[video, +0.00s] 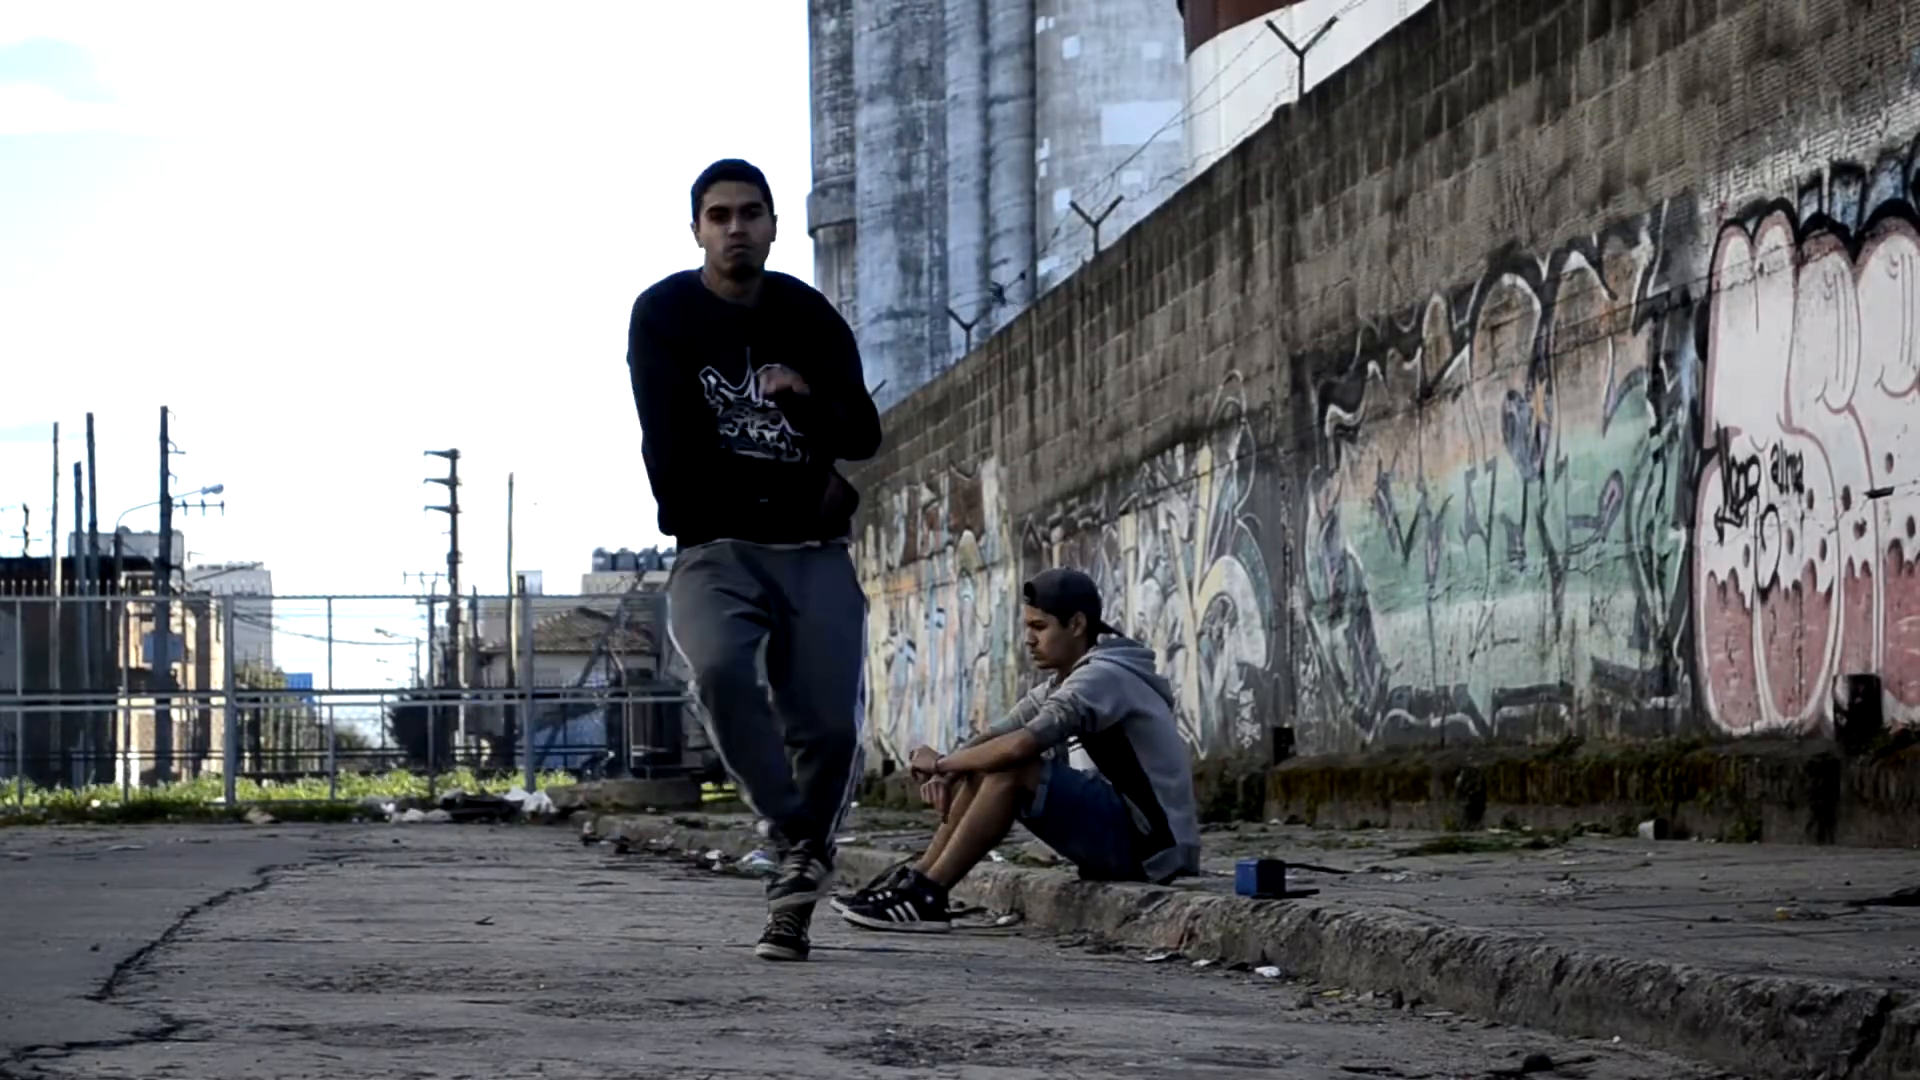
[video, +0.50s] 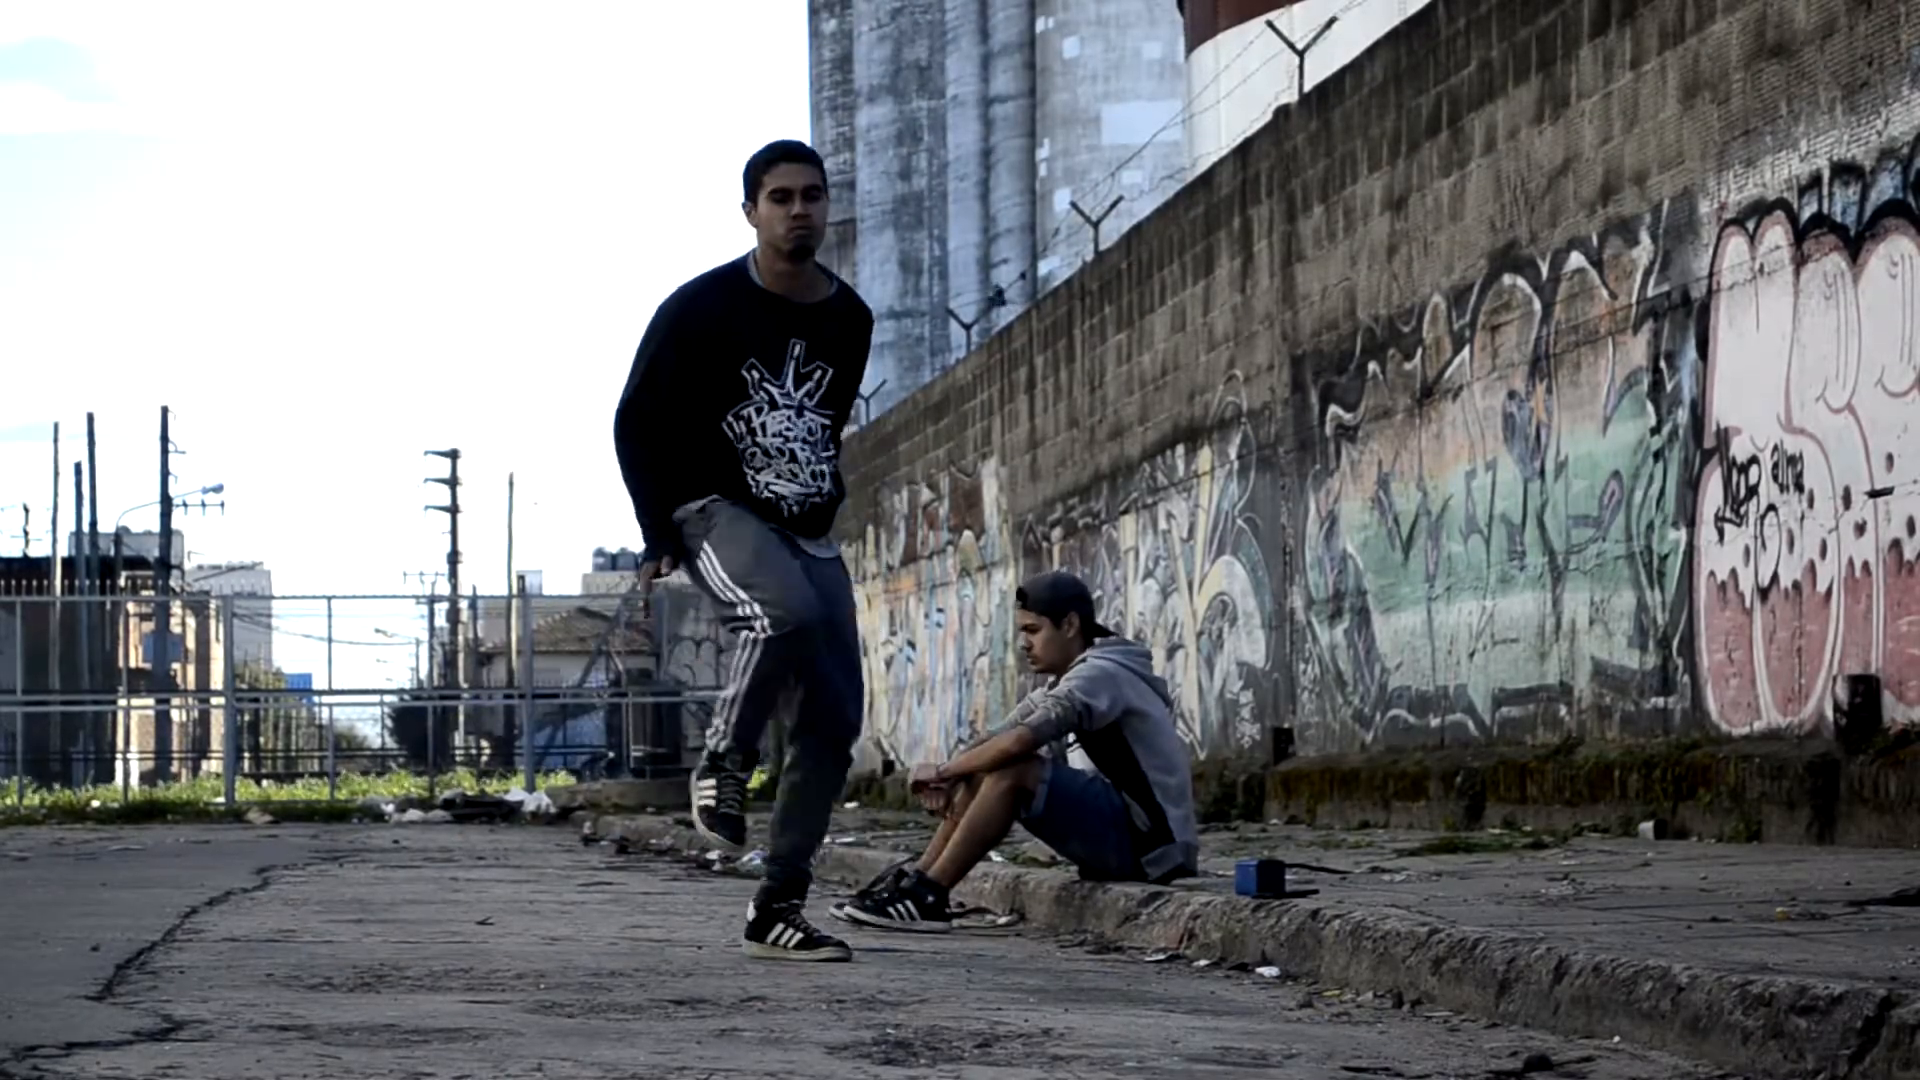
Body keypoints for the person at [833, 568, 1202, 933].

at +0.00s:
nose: (1029, 639)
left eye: (1039, 627)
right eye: (1027, 627)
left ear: (1078, 625)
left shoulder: (1103, 673)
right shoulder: (1072, 675)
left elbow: (1022, 747)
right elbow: (1005, 730)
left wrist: (944, 761)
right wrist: (945, 762)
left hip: (1151, 844)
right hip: (1121, 834)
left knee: (1014, 770)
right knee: (983, 763)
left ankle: (932, 893)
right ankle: (915, 883)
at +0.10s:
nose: (1025, 642)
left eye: (1034, 629)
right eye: (1022, 630)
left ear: (1071, 624)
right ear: (1068, 627)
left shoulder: (1097, 671)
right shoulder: (1076, 672)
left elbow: (1018, 746)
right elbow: (1008, 735)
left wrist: (945, 769)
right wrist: (946, 768)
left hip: (1150, 843)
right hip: (1123, 832)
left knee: (1014, 771)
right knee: (987, 763)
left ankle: (935, 891)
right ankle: (918, 881)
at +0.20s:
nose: (1023, 644)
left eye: (1031, 631)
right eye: (1020, 632)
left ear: (1068, 626)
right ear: (1066, 628)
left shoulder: (1097, 670)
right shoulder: (1076, 673)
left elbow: (1016, 745)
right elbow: (1008, 739)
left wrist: (947, 769)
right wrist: (941, 766)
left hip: (1150, 845)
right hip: (1128, 835)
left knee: (1014, 772)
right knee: (995, 767)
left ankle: (936, 895)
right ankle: (920, 886)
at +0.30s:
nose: (1023, 642)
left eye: (1032, 630)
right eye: (1021, 631)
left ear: (1069, 624)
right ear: (1065, 627)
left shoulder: (1098, 670)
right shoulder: (1073, 673)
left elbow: (1015, 745)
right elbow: (1002, 736)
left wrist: (949, 769)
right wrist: (954, 768)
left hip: (1150, 845)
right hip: (1122, 834)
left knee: (1014, 770)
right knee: (985, 764)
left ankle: (937, 895)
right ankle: (915, 884)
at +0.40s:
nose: (1022, 643)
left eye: (1030, 631)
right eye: (1021, 632)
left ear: (1068, 626)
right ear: (1066, 628)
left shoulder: (1098, 670)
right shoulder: (1076, 671)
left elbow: (1017, 745)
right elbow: (1009, 731)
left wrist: (947, 769)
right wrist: (948, 769)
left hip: (1153, 847)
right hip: (1127, 836)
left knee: (1014, 772)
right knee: (986, 768)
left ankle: (929, 896)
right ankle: (917, 885)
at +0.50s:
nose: (1024, 644)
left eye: (1032, 631)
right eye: (1021, 633)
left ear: (1070, 626)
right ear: (1066, 628)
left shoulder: (1101, 671)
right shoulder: (1071, 676)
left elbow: (1021, 740)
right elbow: (1002, 733)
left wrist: (946, 770)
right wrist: (946, 772)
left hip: (1151, 845)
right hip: (1122, 835)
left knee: (1015, 771)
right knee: (986, 765)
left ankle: (932, 895)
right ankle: (914, 884)